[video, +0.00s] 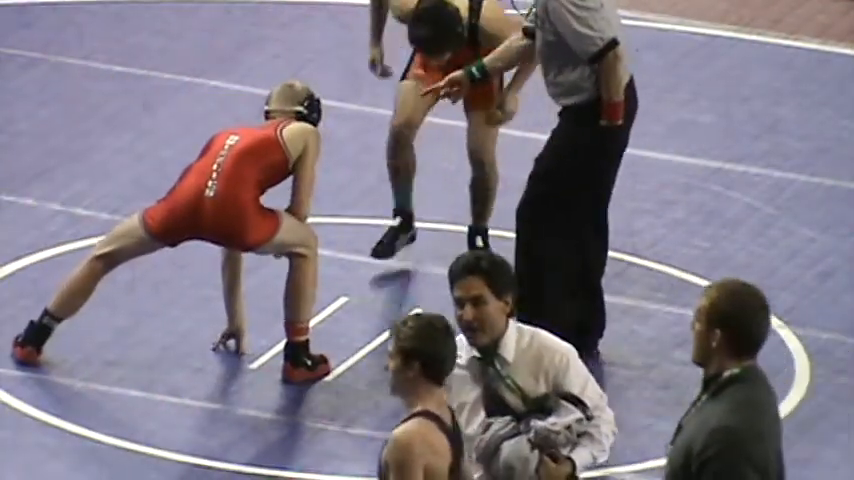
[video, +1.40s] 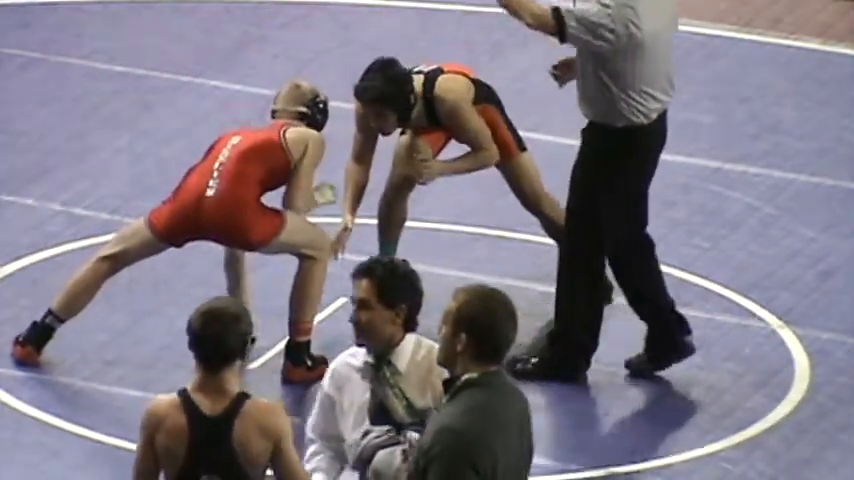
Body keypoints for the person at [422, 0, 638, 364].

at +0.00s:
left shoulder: (567, 4)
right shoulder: (548, 6)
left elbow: (611, 54)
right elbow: (527, 39)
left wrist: (612, 119)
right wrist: (472, 73)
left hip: (592, 111)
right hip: (594, 107)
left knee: (536, 214)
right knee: (577, 218)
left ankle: (537, 333)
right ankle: (579, 336)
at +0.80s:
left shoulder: (560, 17)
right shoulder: (569, 5)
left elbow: (614, 61)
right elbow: (555, 50)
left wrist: (611, 116)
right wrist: (517, 31)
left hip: (589, 128)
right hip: (607, 121)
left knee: (564, 228)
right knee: (589, 224)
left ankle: (570, 332)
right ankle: (588, 318)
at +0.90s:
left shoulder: (560, 15)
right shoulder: (593, 4)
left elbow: (598, 67)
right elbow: (563, 50)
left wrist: (587, 125)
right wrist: (528, 19)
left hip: (589, 128)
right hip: (618, 119)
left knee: (565, 226)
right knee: (596, 223)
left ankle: (563, 323)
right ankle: (590, 316)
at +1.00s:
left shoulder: (572, 15)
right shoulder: (593, 5)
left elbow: (566, 98)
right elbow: (568, 49)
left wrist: (538, 130)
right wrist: (535, 16)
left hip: (593, 130)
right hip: (619, 118)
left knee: (568, 231)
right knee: (597, 229)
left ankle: (567, 332)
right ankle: (588, 327)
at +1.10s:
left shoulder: (585, 16)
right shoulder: (609, 5)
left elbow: (530, 88)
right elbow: (584, 50)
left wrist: (485, 98)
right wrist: (545, 17)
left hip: (598, 133)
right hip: (619, 121)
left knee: (573, 239)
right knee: (593, 235)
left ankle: (574, 350)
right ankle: (583, 343)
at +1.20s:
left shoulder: (587, 18)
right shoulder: (624, 6)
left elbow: (512, 58)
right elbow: (596, 38)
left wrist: (460, 43)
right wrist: (552, 24)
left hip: (601, 134)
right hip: (627, 125)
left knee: (572, 242)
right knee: (602, 235)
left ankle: (569, 356)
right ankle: (605, 336)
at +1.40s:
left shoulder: (614, 15)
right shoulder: (662, 5)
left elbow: (535, 16)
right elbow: (640, 46)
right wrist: (583, 65)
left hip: (613, 135)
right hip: (643, 127)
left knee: (580, 245)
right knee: (625, 237)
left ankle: (568, 356)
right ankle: (668, 335)